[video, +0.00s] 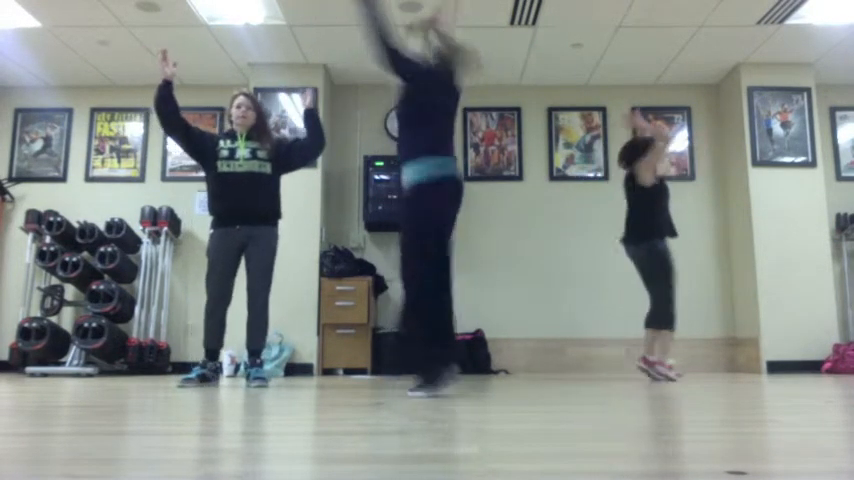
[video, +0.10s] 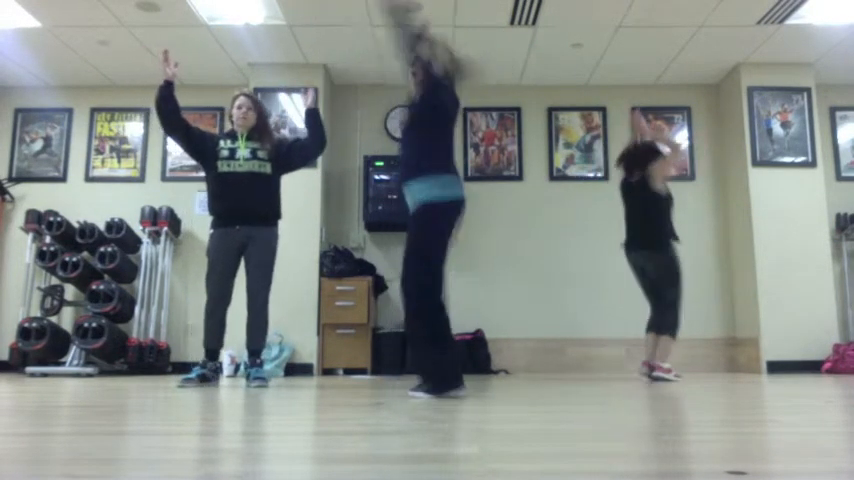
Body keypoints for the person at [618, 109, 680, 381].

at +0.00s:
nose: (662, 152)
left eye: (661, 148)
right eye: (656, 148)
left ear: (637, 152)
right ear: (648, 150)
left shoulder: (649, 172)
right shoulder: (641, 171)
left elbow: (664, 156)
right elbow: (658, 147)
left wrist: (646, 129)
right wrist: (657, 134)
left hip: (641, 240)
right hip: (648, 240)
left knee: (659, 297)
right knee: (664, 297)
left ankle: (649, 356)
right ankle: (660, 360)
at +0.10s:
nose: (664, 165)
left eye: (661, 158)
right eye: (660, 159)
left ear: (632, 160)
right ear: (652, 160)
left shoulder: (627, 182)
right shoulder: (654, 175)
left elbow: (638, 157)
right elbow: (679, 156)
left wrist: (643, 136)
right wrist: (665, 137)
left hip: (634, 247)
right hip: (658, 247)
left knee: (657, 303)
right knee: (670, 303)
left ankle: (650, 360)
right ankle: (661, 363)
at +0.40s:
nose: (627, 154)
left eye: (631, 150)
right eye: (628, 149)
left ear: (642, 151)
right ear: (659, 152)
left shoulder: (643, 172)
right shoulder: (662, 174)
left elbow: (621, 148)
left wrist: (598, 131)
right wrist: (660, 134)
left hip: (647, 238)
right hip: (665, 236)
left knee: (647, 297)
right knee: (655, 295)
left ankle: (668, 359)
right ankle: (670, 356)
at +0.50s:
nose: (631, 159)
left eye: (636, 155)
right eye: (633, 154)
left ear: (647, 159)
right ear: (656, 161)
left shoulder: (652, 183)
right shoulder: (646, 182)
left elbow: (640, 166)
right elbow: (633, 160)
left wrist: (624, 148)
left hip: (654, 247)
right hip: (650, 245)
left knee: (647, 305)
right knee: (647, 304)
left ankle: (674, 364)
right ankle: (673, 363)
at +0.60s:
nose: (633, 169)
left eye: (637, 163)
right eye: (632, 164)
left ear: (649, 163)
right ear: (648, 164)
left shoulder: (656, 186)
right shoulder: (646, 187)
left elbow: (641, 161)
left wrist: (632, 143)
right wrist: (628, 146)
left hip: (657, 252)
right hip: (647, 252)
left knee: (643, 308)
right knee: (639, 308)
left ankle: (674, 364)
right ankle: (672, 363)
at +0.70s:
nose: (636, 156)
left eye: (641, 152)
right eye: (634, 152)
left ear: (651, 157)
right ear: (630, 159)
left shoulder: (660, 184)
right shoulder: (628, 187)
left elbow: (659, 163)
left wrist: (639, 141)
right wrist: (614, 162)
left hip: (659, 247)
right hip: (634, 249)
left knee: (653, 301)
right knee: (632, 304)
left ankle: (669, 360)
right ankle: (656, 358)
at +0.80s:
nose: (638, 156)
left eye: (642, 152)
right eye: (634, 153)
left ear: (650, 157)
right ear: (628, 159)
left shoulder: (660, 182)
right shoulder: (625, 188)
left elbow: (664, 175)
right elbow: (601, 197)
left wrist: (653, 156)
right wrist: (596, 176)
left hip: (658, 248)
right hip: (631, 249)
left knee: (655, 304)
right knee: (634, 308)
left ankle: (663, 363)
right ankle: (646, 363)